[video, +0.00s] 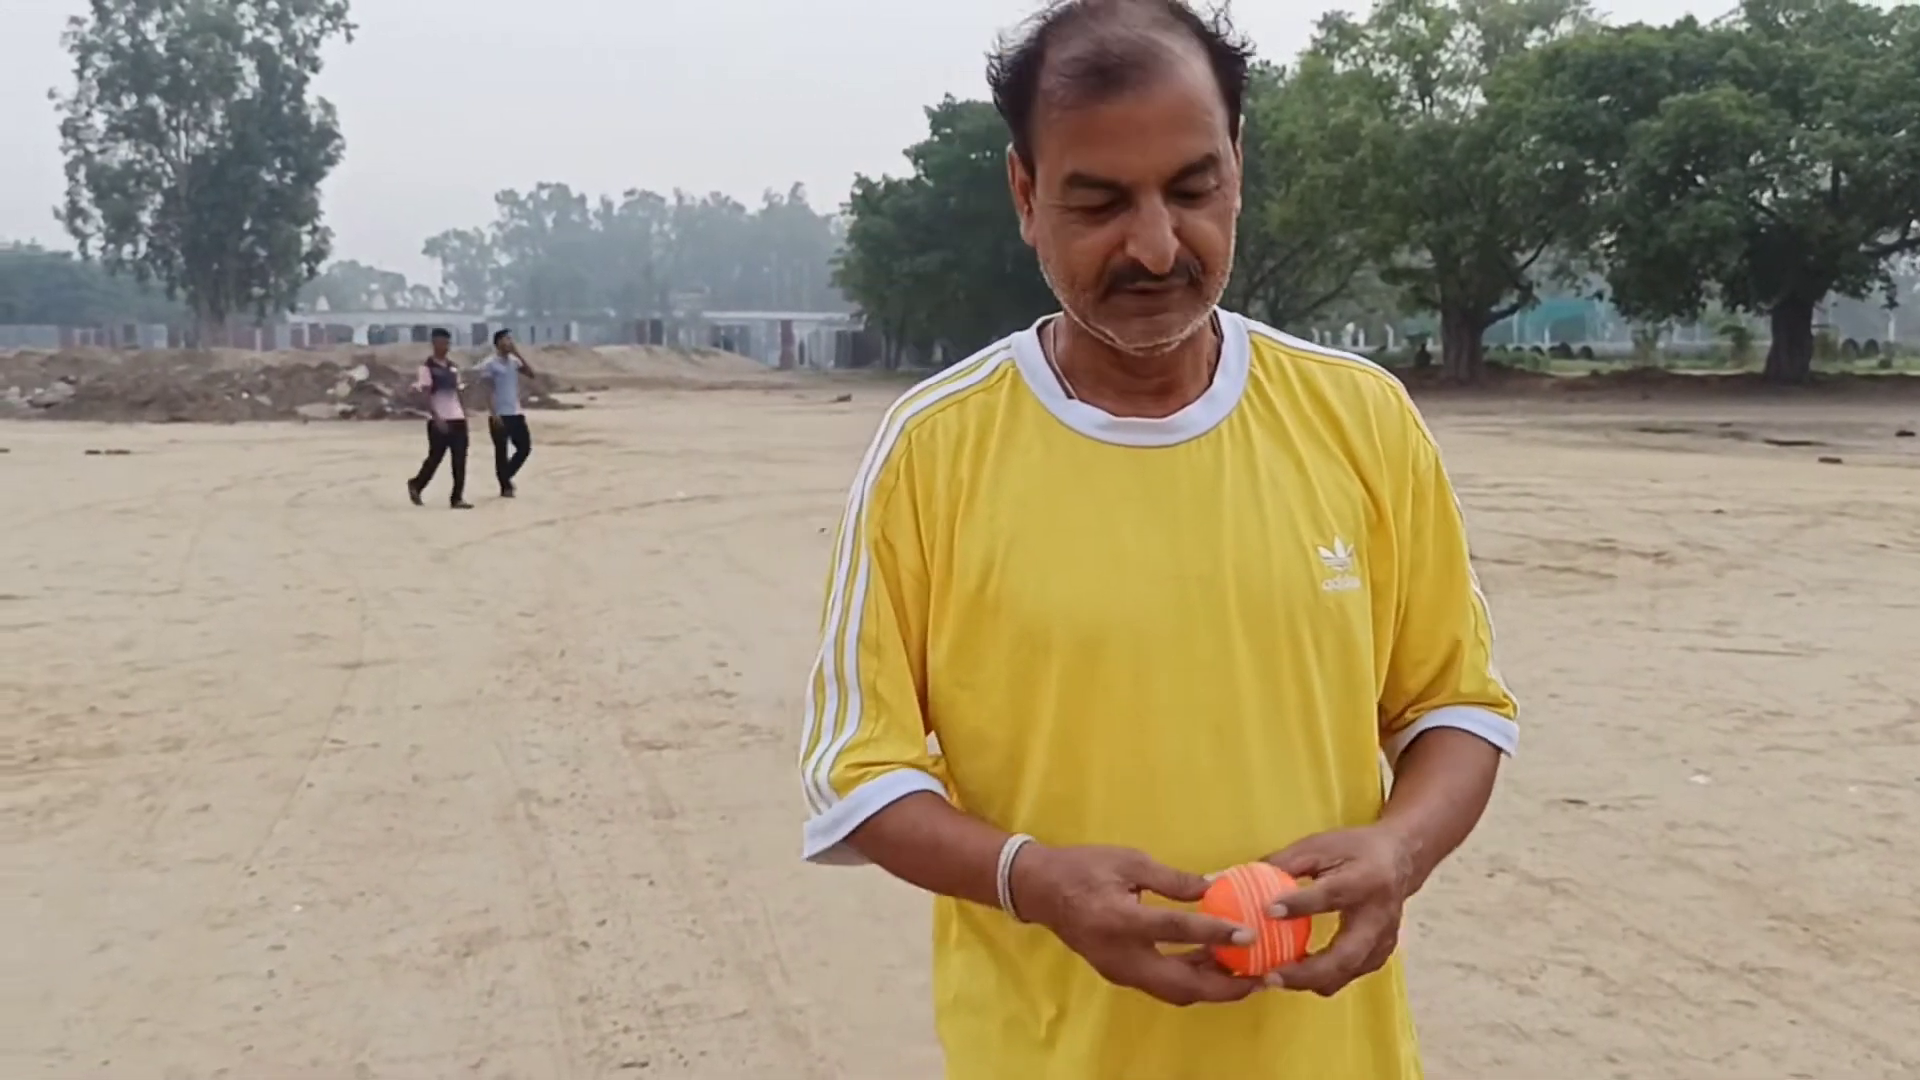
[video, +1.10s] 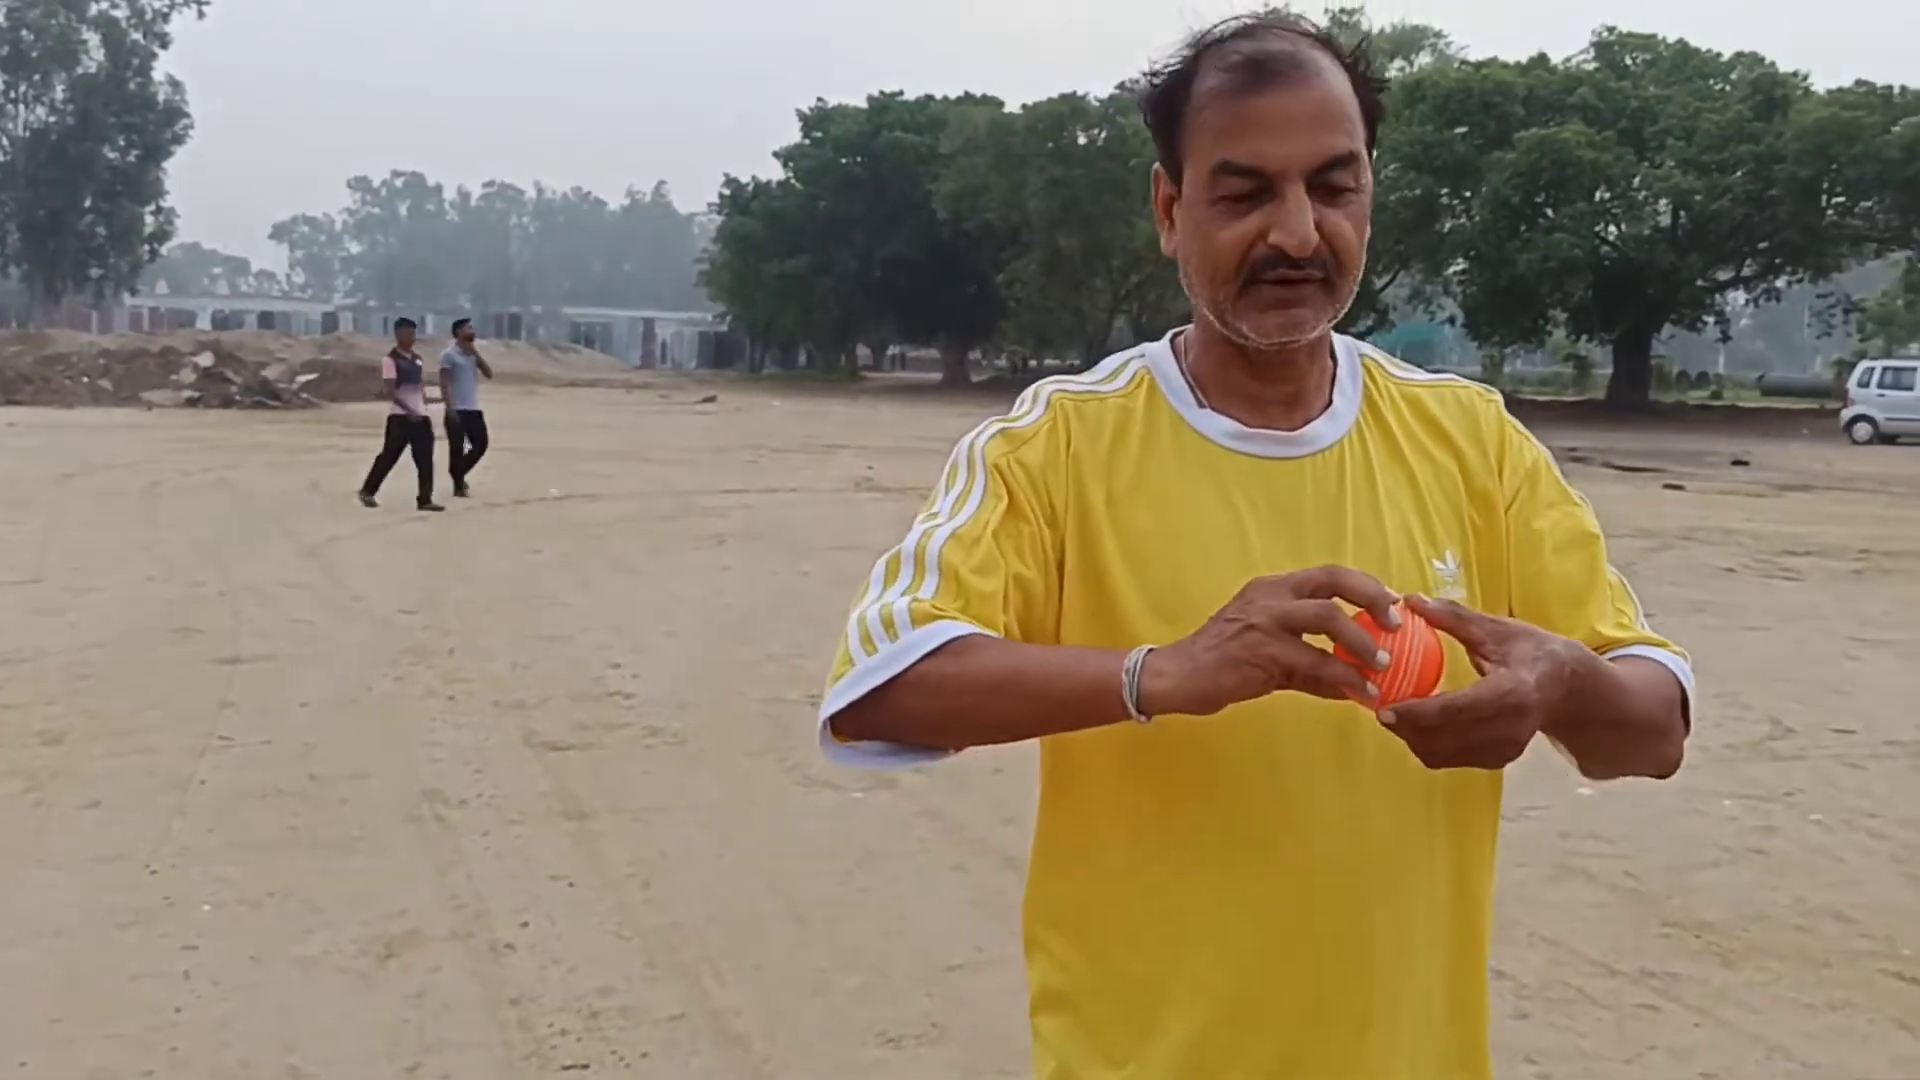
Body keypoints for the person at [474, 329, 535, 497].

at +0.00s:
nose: (510, 342)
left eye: (510, 339)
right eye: (506, 339)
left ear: (511, 342)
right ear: (498, 343)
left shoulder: (512, 362)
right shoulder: (490, 365)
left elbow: (530, 373)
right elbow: (487, 392)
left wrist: (516, 353)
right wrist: (493, 413)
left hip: (516, 414)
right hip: (499, 415)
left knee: (524, 448)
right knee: (501, 453)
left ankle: (507, 475)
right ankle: (504, 485)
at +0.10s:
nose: (521, 343)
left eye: (521, 339)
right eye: (517, 340)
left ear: (521, 343)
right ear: (509, 343)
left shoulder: (522, 361)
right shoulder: (500, 364)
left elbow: (539, 373)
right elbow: (499, 389)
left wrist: (526, 353)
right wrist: (508, 407)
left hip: (526, 414)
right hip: (508, 415)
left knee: (537, 449)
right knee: (507, 454)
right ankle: (508, 487)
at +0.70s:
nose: (523, 341)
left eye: (523, 337)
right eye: (519, 338)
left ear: (521, 341)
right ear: (509, 341)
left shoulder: (521, 362)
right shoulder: (499, 363)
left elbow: (539, 377)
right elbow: (488, 389)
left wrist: (524, 360)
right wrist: (488, 414)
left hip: (521, 412)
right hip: (507, 412)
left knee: (516, 452)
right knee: (517, 450)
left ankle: (507, 488)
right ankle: (521, 486)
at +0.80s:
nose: (512, 344)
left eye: (512, 340)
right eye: (508, 340)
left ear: (510, 344)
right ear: (498, 344)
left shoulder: (511, 365)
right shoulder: (488, 366)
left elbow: (528, 381)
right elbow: (477, 392)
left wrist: (514, 363)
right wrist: (475, 418)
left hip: (510, 416)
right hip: (496, 416)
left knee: (501, 455)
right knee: (507, 454)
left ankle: (489, 488)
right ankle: (520, 488)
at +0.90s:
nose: (495, 344)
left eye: (495, 340)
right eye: (490, 340)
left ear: (494, 344)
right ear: (480, 345)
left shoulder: (494, 366)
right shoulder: (471, 368)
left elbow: (511, 381)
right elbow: (462, 394)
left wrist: (496, 364)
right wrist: (461, 419)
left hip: (494, 415)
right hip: (480, 415)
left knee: (485, 452)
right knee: (491, 453)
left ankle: (467, 483)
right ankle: (498, 489)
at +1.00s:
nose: (487, 338)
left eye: (487, 334)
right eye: (483, 335)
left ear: (486, 338)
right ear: (473, 338)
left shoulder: (487, 360)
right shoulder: (463, 362)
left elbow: (504, 377)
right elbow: (456, 391)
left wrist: (489, 358)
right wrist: (459, 415)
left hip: (488, 412)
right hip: (472, 412)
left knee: (488, 450)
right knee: (481, 452)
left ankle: (465, 471)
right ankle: (482, 488)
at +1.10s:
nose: (472, 332)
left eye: (472, 328)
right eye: (468, 329)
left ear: (471, 332)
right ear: (458, 333)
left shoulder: (472, 353)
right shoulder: (448, 356)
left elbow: (488, 374)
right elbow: (444, 384)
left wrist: (475, 354)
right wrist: (449, 408)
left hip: (473, 408)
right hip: (455, 409)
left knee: (480, 444)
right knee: (456, 449)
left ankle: (459, 471)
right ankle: (458, 485)